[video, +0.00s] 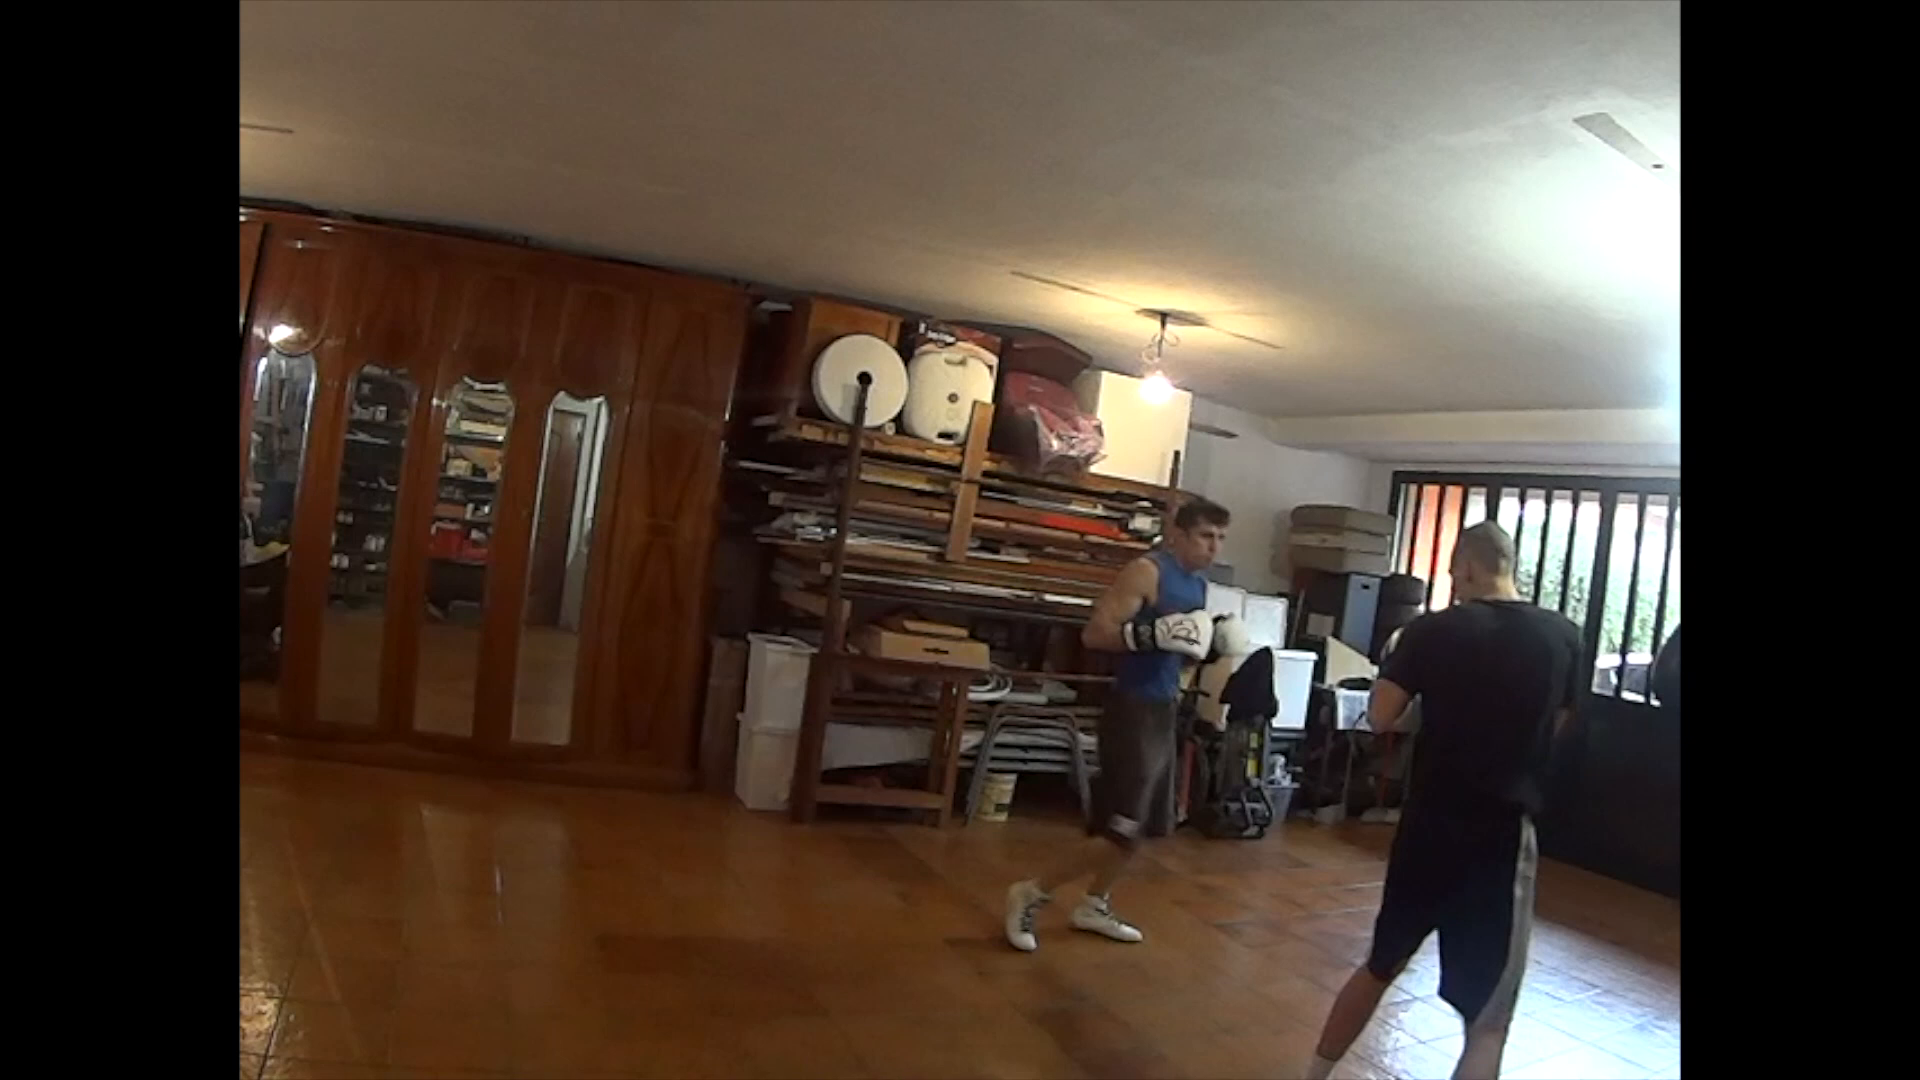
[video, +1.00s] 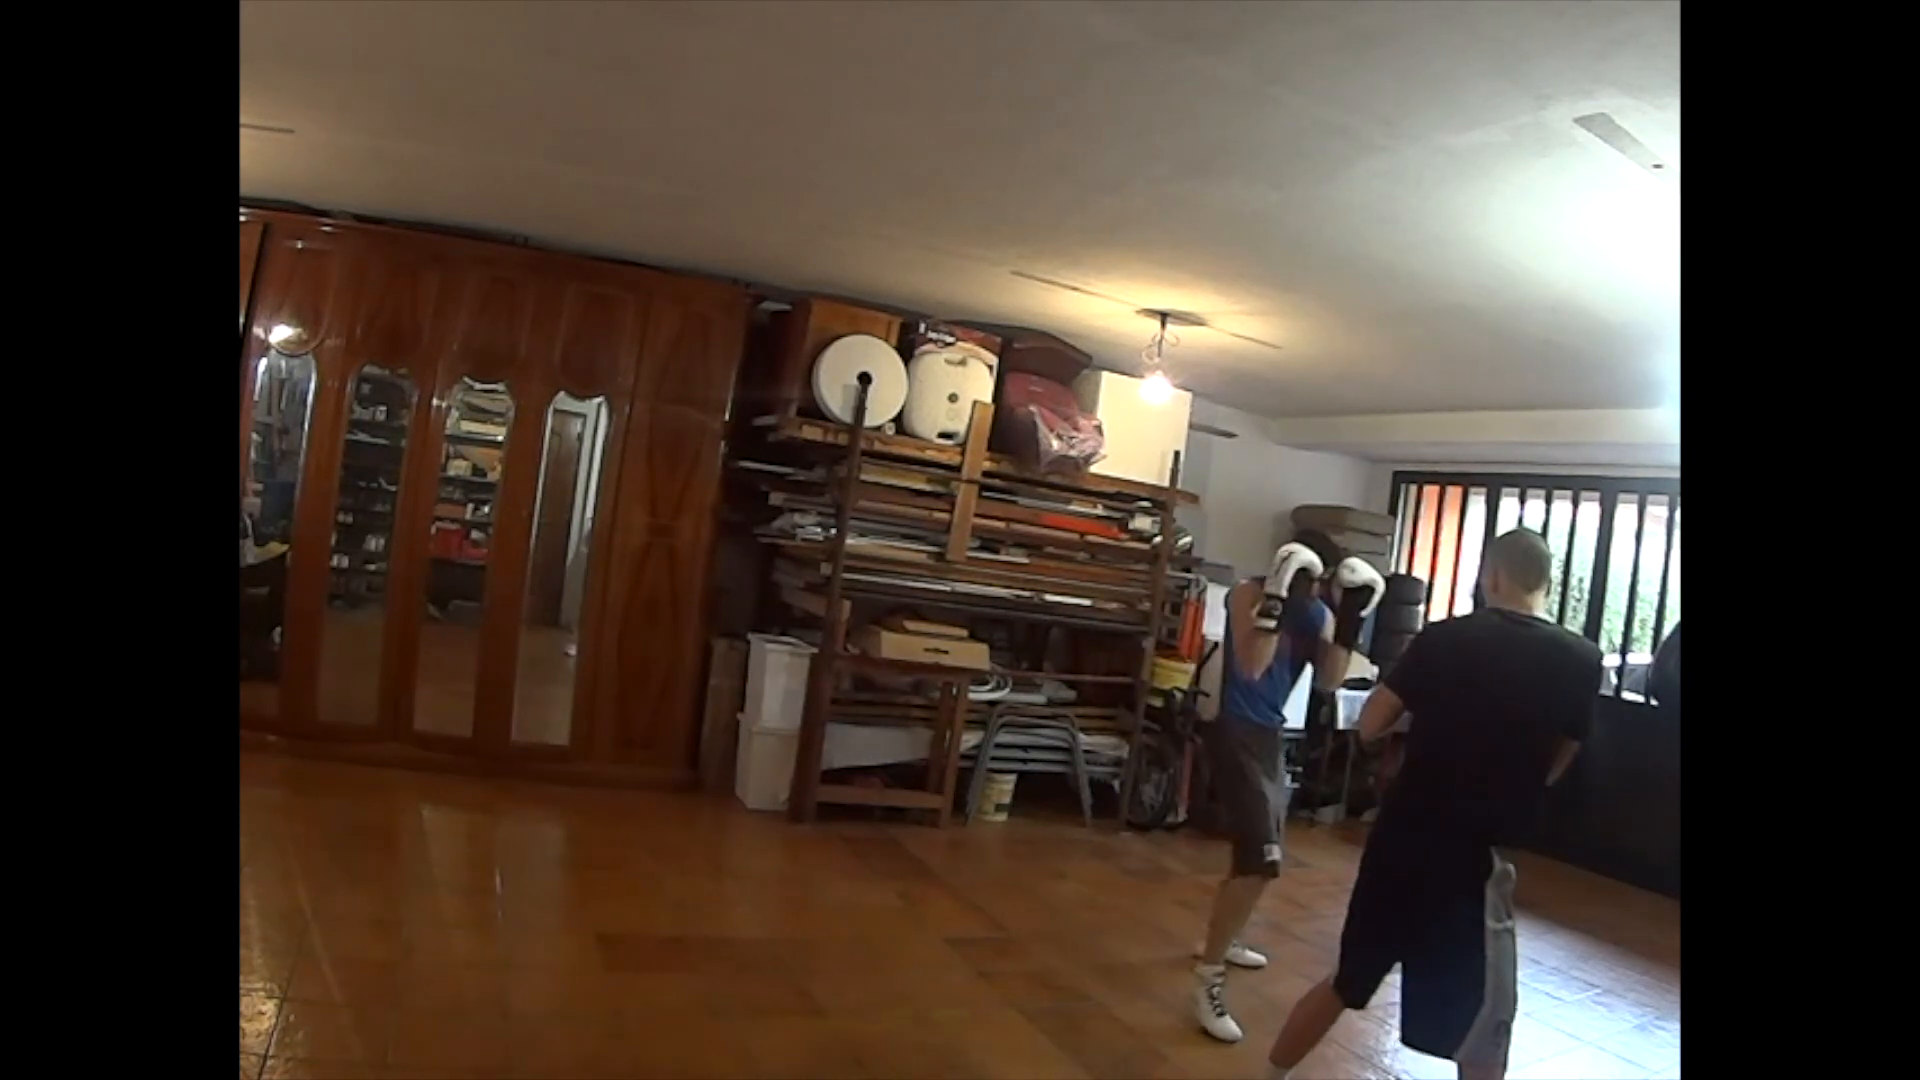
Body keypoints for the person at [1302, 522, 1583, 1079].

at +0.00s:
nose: (1453, 582)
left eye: (1453, 572)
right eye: (1455, 573)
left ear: (1463, 569)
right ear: (1511, 567)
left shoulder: (1434, 629)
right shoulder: (1561, 635)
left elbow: (1381, 715)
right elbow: (1561, 725)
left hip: (1430, 820)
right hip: (1505, 832)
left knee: (1378, 967)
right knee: (1490, 1020)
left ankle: (1315, 1071)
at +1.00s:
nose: (1482, 584)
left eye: (1483, 575)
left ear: (1491, 578)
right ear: (1547, 584)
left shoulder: (1444, 637)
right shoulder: (1580, 659)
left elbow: (1370, 726)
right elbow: (1552, 770)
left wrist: (1423, 709)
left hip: (1405, 835)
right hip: (1484, 858)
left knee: (1346, 982)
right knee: (1486, 1036)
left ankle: (1270, 1070)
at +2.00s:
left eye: (1431, 593)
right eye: (1482, 605)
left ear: (1426, 599)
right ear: (1483, 610)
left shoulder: (1373, 650)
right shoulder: (1482, 678)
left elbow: (1291, 723)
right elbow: (1462, 796)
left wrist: (1339, 756)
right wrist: (1417, 754)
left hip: (1296, 829)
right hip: (1355, 851)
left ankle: (1287, 1041)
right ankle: (1302, 1054)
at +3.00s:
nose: (1372, 567)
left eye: (1372, 558)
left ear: (1375, 560)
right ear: (1441, 570)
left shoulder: (1312, 625)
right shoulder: (1470, 659)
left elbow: (1218, 734)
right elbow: (1430, 795)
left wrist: (1270, 718)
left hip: (1251, 856)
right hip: (1341, 888)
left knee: (1209, 1022)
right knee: (1306, 1064)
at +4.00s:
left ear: (1361, 587)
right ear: (1433, 607)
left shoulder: (1295, 651)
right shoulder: (1445, 686)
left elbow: (1196, 754)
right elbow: (1409, 834)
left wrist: (1263, 781)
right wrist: (1342, 797)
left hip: (1207, 889)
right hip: (1286, 925)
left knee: (1201, 1041)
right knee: (1335, 1072)